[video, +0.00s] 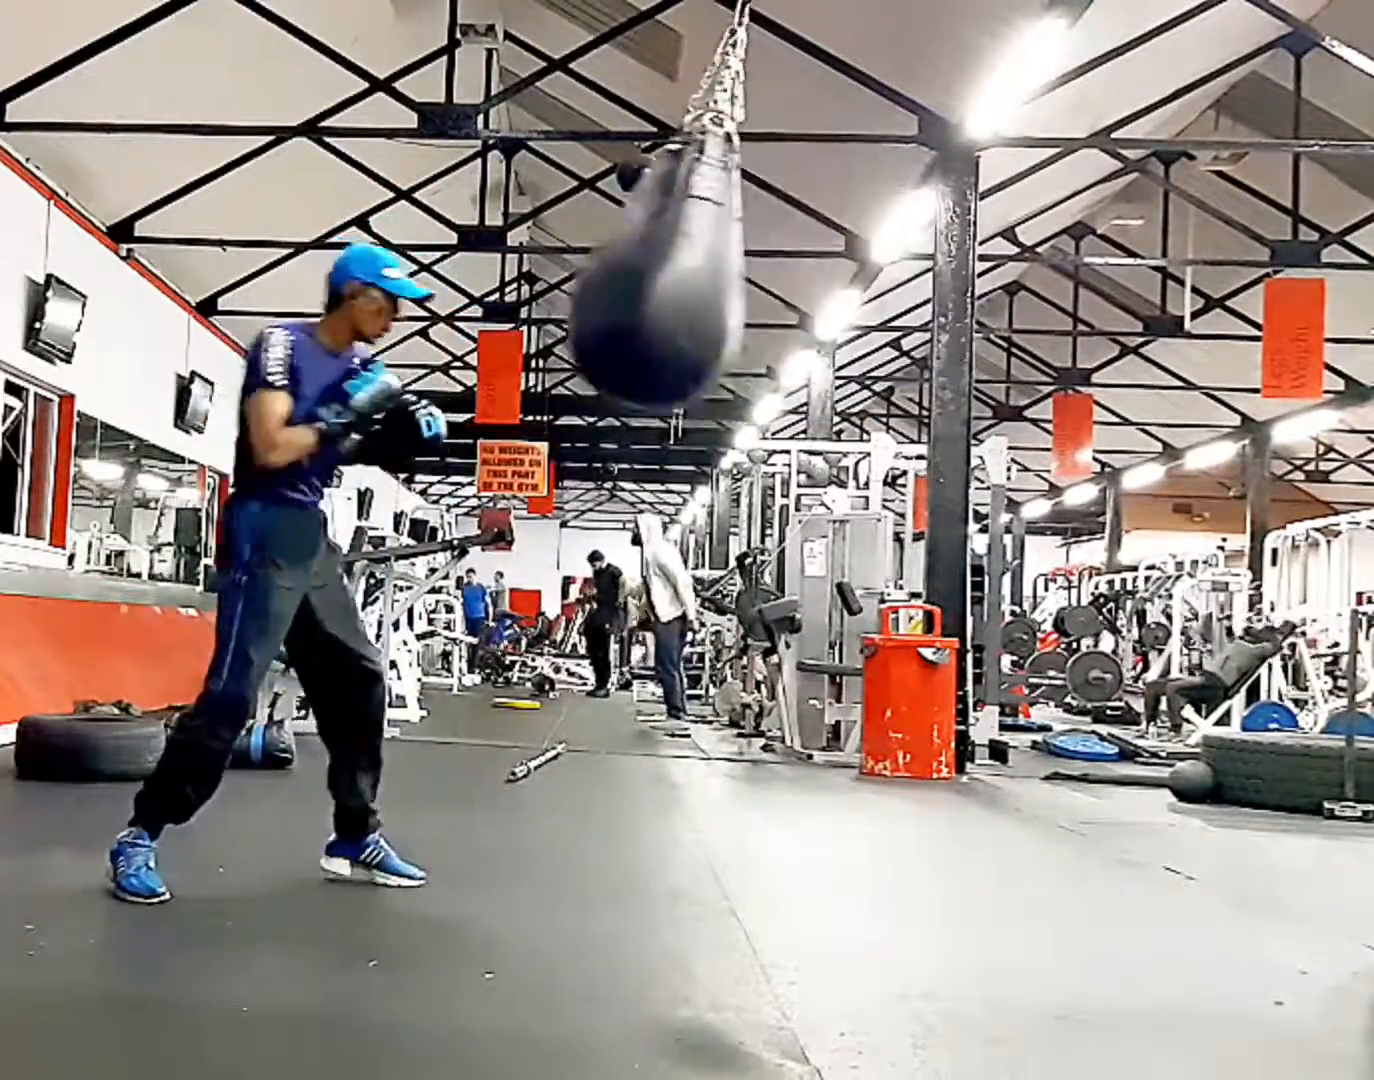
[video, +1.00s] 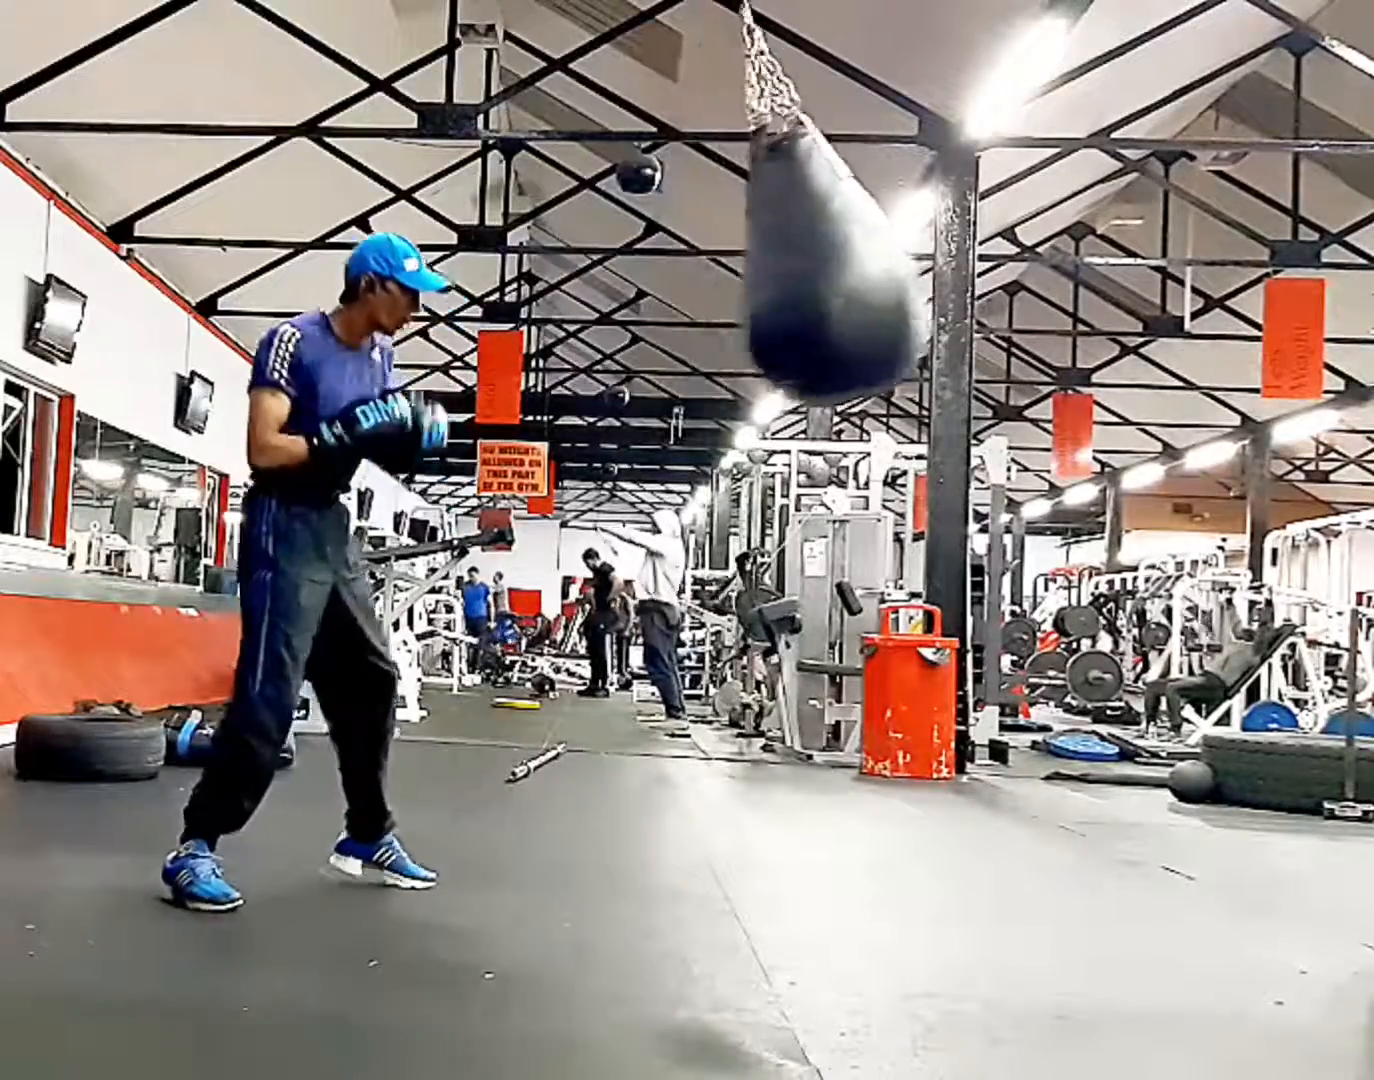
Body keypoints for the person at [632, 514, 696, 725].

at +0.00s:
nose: (632, 534)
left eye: (635, 529)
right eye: (633, 529)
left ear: (646, 531)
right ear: (648, 531)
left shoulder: (662, 552)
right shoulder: (650, 553)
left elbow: (682, 580)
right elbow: (652, 584)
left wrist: (691, 613)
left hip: (671, 616)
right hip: (662, 616)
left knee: (667, 665)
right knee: (669, 665)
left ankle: (676, 711)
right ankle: (676, 708)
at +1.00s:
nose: (654, 528)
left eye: (656, 524)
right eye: (654, 524)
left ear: (665, 525)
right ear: (673, 524)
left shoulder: (668, 543)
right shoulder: (673, 545)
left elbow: (637, 538)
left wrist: (606, 530)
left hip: (658, 607)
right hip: (665, 606)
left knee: (658, 661)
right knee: (666, 660)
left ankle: (675, 712)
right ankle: (676, 709)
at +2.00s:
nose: (633, 531)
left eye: (636, 527)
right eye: (634, 526)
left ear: (646, 529)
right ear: (650, 528)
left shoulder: (658, 550)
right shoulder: (652, 550)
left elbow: (677, 581)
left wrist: (681, 615)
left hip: (665, 617)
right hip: (660, 617)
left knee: (664, 667)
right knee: (670, 666)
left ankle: (676, 711)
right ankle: (677, 709)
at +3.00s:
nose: (635, 531)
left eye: (639, 526)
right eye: (637, 526)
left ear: (647, 527)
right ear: (656, 527)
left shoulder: (654, 548)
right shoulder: (660, 547)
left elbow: (656, 583)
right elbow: (646, 581)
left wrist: (643, 607)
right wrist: (634, 595)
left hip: (666, 611)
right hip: (674, 610)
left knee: (664, 665)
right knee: (672, 663)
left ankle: (675, 712)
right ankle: (678, 709)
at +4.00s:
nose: (649, 529)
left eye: (653, 524)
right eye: (650, 524)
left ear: (662, 527)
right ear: (667, 526)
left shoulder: (666, 548)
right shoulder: (672, 547)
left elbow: (640, 568)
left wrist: (612, 576)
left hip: (664, 610)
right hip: (670, 608)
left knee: (662, 662)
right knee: (664, 661)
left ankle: (675, 710)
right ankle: (676, 708)